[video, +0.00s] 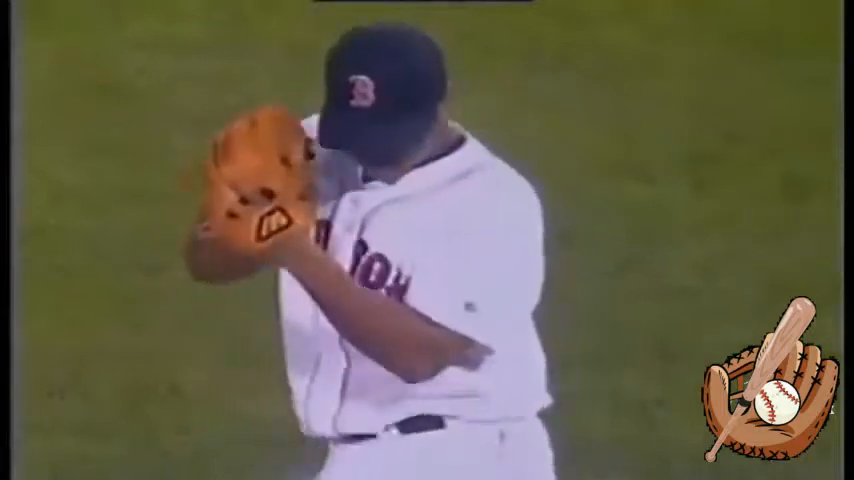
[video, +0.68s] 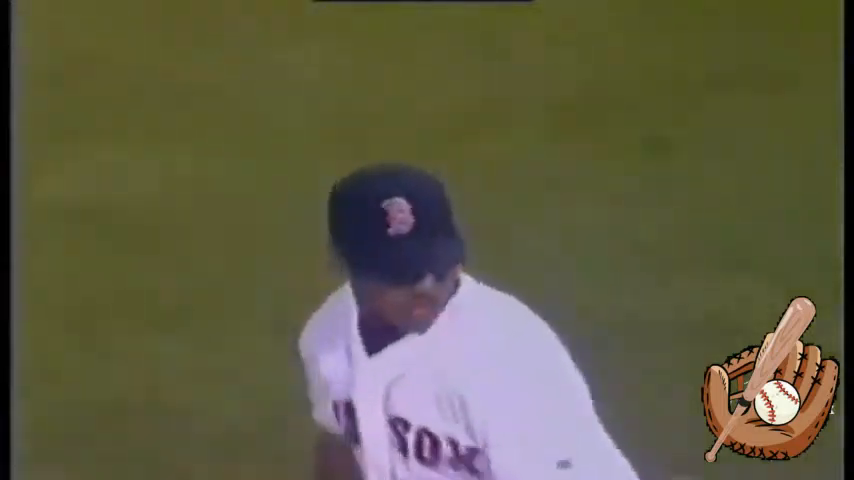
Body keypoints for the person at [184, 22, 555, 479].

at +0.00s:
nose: (372, 158)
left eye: (389, 142)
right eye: (356, 141)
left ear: (437, 111)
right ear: (338, 112)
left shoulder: (499, 200)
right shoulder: (307, 151)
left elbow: (418, 355)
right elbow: (204, 261)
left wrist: (296, 252)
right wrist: (257, 217)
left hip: (475, 451)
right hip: (352, 455)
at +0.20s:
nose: (388, 161)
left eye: (407, 145)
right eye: (374, 143)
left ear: (455, 116)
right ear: (355, 118)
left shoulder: (511, 210)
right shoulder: (348, 172)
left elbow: (417, 364)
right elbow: (250, 280)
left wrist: (302, 259)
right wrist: (249, 215)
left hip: (498, 446)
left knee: (288, 392)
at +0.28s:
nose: (394, 162)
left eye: (412, 144)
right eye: (378, 144)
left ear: (459, 118)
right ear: (358, 122)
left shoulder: (514, 216)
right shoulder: (349, 169)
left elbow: (441, 377)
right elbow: (283, 300)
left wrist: (309, 285)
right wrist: (260, 246)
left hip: (496, 447)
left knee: (253, 393)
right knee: (240, 388)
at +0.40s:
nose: (405, 186)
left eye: (424, 166)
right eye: (386, 166)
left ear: (466, 140)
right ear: (366, 146)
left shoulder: (517, 241)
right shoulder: (358, 198)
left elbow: (489, 420)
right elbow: (339, 318)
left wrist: (331, 367)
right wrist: (275, 329)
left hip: (504, 465)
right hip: (379, 458)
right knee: (231, 476)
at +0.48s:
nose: (425, 194)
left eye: (442, 178)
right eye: (402, 181)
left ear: (469, 162)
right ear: (366, 170)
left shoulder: (517, 263)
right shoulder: (354, 227)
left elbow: (525, 445)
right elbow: (341, 360)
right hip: (410, 467)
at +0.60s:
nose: (431, 249)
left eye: (446, 229)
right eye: (407, 234)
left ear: (462, 212)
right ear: (359, 229)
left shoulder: (511, 319)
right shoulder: (335, 296)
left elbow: (552, 468)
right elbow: (353, 419)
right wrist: (342, 463)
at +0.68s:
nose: (427, 292)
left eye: (441, 269)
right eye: (401, 278)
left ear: (457, 252)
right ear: (355, 272)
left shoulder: (509, 346)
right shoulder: (327, 335)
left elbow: (565, 468)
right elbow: (336, 446)